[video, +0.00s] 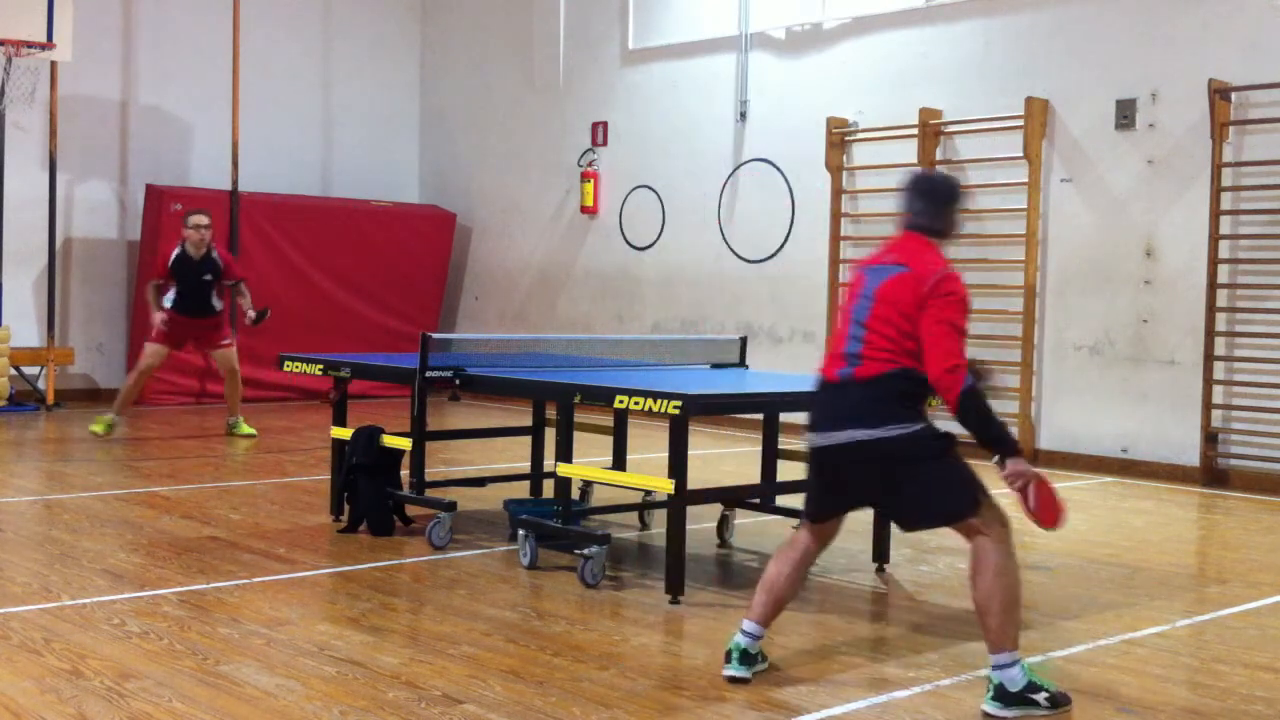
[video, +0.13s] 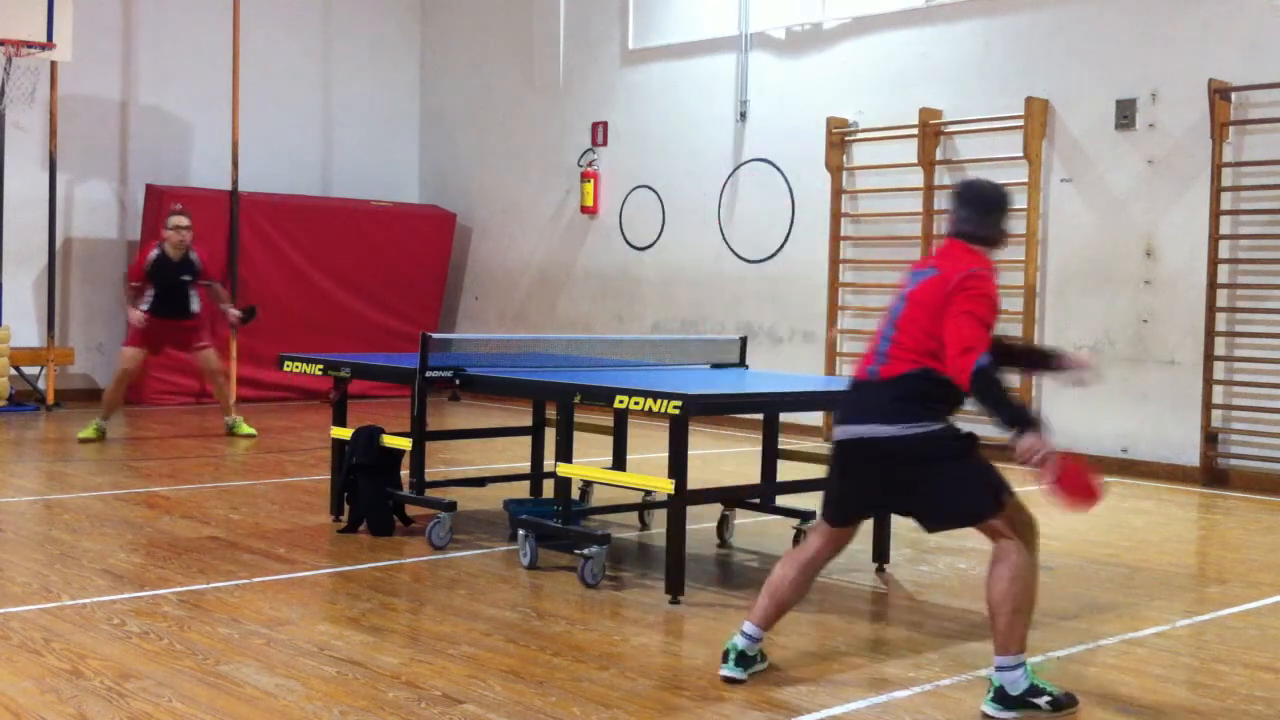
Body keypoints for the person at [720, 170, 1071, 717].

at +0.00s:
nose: (954, 221)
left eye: (940, 209)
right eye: (954, 212)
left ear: (906, 212)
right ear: (951, 218)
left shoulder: (869, 267)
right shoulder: (939, 279)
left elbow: (869, 355)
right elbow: (949, 380)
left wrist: (949, 373)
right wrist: (1008, 451)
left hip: (831, 435)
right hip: (897, 434)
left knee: (813, 531)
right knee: (988, 531)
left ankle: (744, 645)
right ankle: (1009, 677)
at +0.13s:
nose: (1005, 229)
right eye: (1004, 220)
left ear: (953, 220)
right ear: (1002, 228)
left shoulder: (928, 267)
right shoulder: (973, 277)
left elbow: (975, 343)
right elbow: (967, 361)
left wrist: (1052, 361)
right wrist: (1025, 427)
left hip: (855, 431)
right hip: (915, 432)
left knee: (825, 535)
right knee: (1014, 532)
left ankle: (743, 645)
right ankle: (1011, 680)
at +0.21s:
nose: (1032, 222)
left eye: (1030, 211)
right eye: (1030, 214)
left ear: (977, 214)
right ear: (1021, 221)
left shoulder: (953, 260)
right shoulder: (992, 270)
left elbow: (1010, 318)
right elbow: (1001, 347)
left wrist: (1074, 337)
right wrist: (1068, 383)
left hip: (878, 427)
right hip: (939, 431)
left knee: (826, 536)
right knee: (1027, 533)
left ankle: (747, 641)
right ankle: (1014, 680)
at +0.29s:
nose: (1043, 196)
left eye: (1036, 185)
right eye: (1041, 187)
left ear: (987, 186)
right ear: (1035, 193)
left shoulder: (954, 236)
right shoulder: (1015, 244)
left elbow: (942, 309)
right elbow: (1049, 305)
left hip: (896, 402)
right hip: (963, 409)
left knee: (840, 502)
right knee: (1020, 528)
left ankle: (770, 614)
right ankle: (1019, 672)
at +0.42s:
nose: (1027, 142)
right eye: (1027, 134)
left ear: (972, 132)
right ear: (1022, 137)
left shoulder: (930, 182)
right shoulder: (1038, 196)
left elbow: (854, 237)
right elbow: (1130, 239)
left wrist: (862, 284)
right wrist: (1212, 208)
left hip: (928, 348)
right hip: (1001, 354)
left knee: (878, 448)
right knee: (1031, 474)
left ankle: (833, 559)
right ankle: (1066, 592)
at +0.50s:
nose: (954, 128)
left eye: (955, 121)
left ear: (954, 128)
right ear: (1007, 131)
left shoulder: (932, 186)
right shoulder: (1031, 187)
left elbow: (873, 268)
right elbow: (1081, 220)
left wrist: (892, 300)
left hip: (951, 351)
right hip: (1026, 350)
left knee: (901, 410)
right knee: (1036, 459)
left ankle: (893, 510)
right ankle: (1072, 519)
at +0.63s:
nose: (934, 174)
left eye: (937, 168)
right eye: (937, 167)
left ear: (941, 177)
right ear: (986, 178)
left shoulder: (936, 241)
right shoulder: (999, 224)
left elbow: (929, 324)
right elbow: (954, 254)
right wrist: (871, 259)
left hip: (992, 391)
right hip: (1059, 384)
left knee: (925, 420)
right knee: (1075, 465)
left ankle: (951, 536)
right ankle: (1062, 488)